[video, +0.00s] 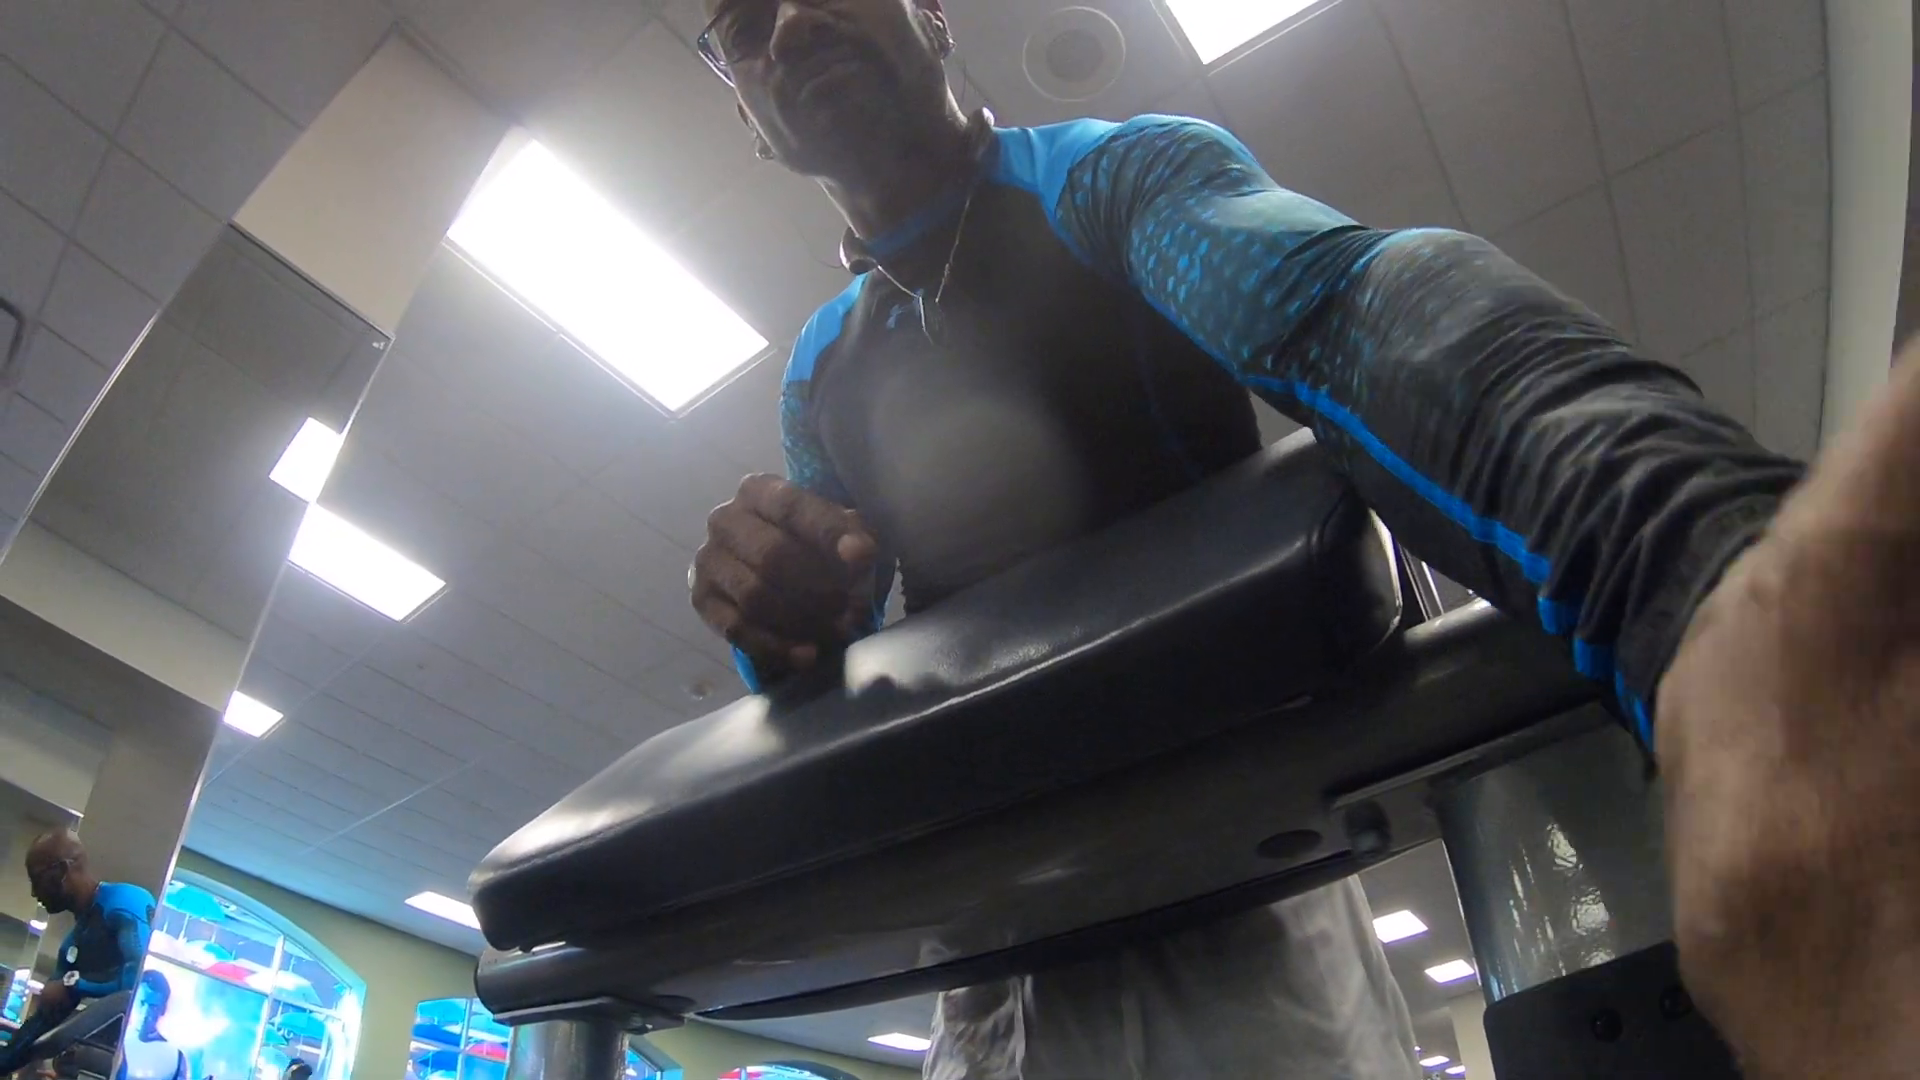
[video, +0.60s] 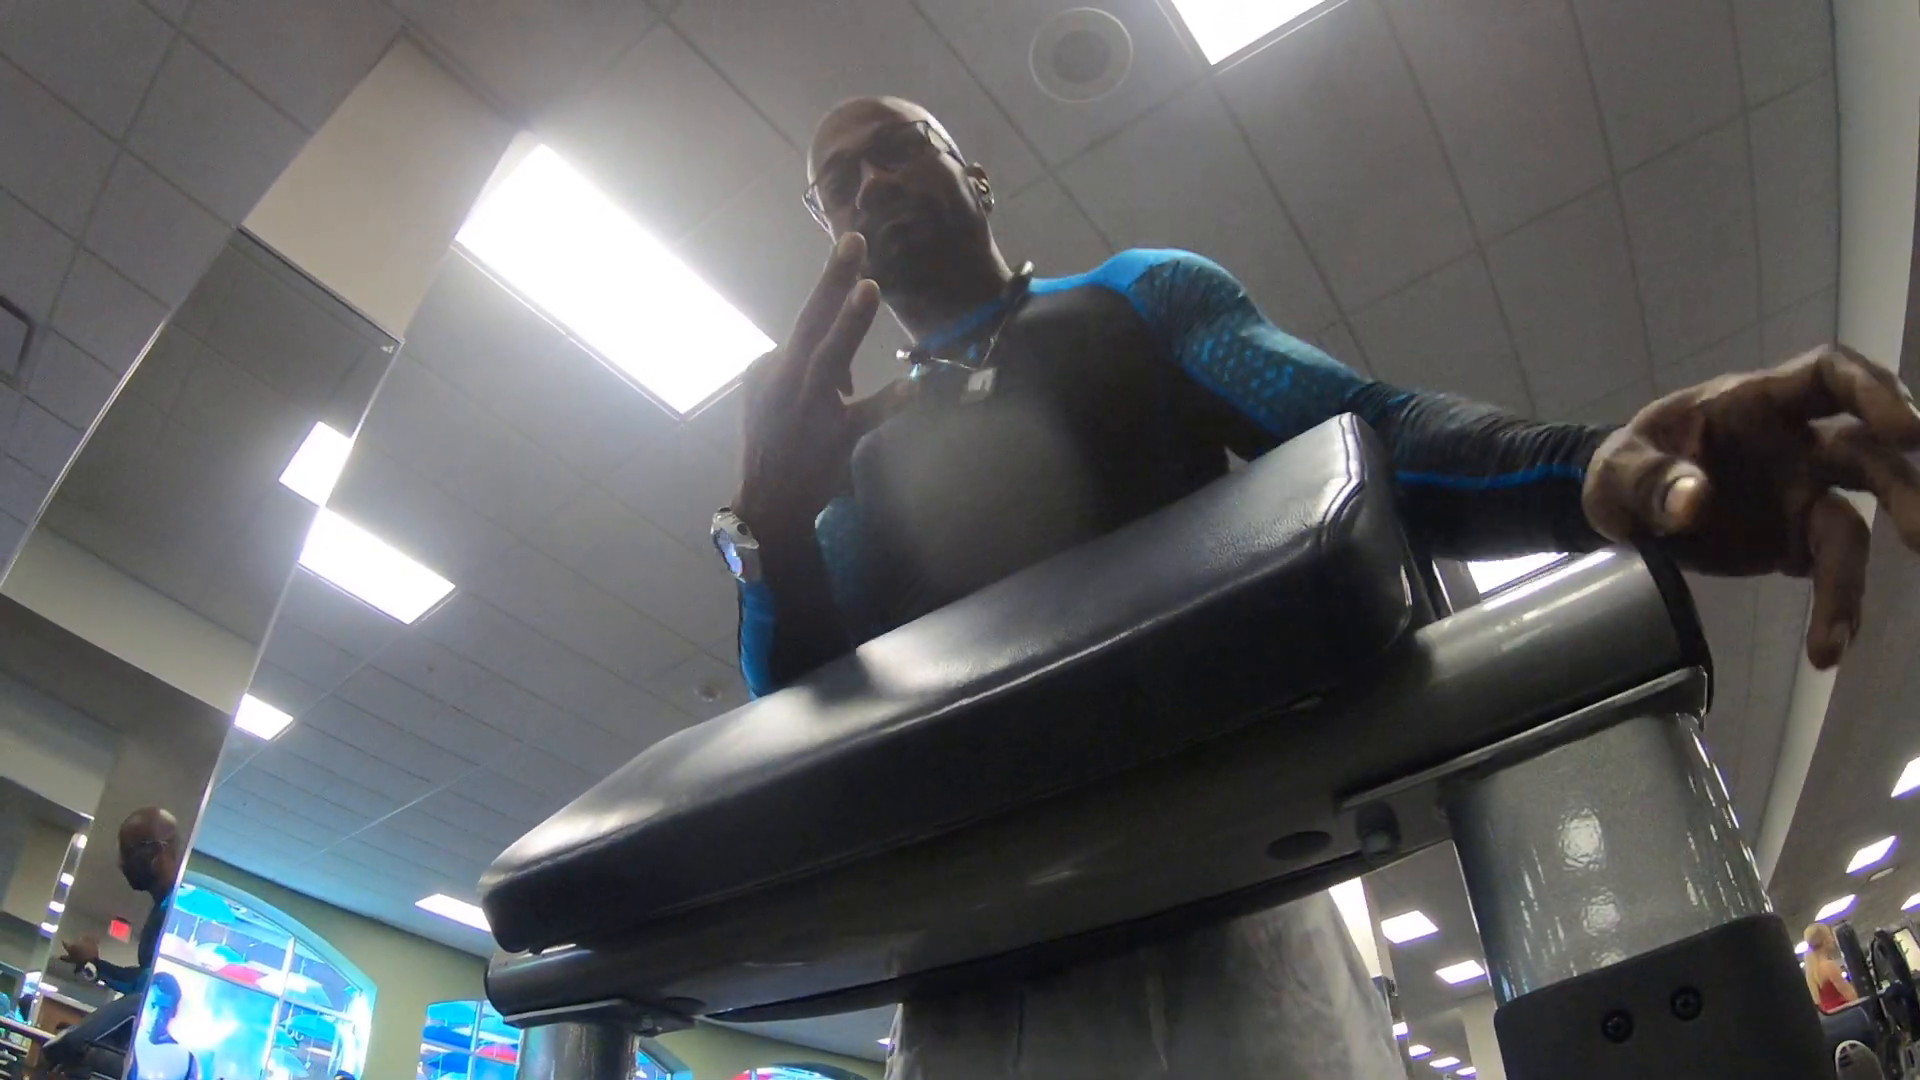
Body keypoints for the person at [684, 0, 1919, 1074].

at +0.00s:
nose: (795, 41)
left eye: (826, 9)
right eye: (751, 40)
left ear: (932, 36)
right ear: (745, 117)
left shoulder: (1103, 179)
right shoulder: (818, 376)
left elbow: (1349, 309)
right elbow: (855, 681)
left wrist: (1715, 600)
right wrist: (807, 630)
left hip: (1264, 778)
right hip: (1020, 850)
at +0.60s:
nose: (871, 192)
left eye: (892, 158)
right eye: (841, 189)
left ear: (975, 181)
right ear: (836, 260)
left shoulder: (1139, 299)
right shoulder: (853, 460)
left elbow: (1363, 428)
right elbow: (805, 738)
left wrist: (1610, 475)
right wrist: (769, 520)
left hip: (1249, 825)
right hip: (1000, 885)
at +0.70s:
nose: (885, 224)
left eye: (903, 196)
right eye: (851, 223)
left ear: (978, 229)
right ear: (835, 286)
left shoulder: (1139, 349)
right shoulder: (830, 477)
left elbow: (1353, 512)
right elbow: (792, 762)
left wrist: (1589, 522)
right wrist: (788, 512)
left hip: (1235, 865)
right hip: (977, 921)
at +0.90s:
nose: (880, 285)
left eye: (901, 263)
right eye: (848, 284)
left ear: (952, 293)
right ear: (829, 350)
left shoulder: (1118, 440)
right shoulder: (837, 528)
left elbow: (1244, 642)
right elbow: (771, 744)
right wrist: (810, 532)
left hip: (1182, 912)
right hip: (958, 965)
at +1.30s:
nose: (1037, 351)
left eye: (1033, 338)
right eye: (1000, 330)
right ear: (909, 372)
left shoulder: (1090, 522)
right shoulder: (846, 521)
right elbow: (761, 693)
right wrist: (929, 567)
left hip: (1166, 936)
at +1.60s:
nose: (1137, 454)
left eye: (1131, 434)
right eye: (1118, 424)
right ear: (1049, 415)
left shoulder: (1146, 564)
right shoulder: (930, 543)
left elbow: (1176, 834)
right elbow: (836, 705)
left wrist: (1259, 1034)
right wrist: (977, 583)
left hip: (1196, 980)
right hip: (1048, 990)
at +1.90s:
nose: (1179, 475)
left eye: (1178, 467)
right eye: (1140, 461)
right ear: (1074, 505)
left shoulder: (1228, 587)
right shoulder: (1059, 598)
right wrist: (1010, 597)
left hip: (1237, 999)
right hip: (1104, 1004)